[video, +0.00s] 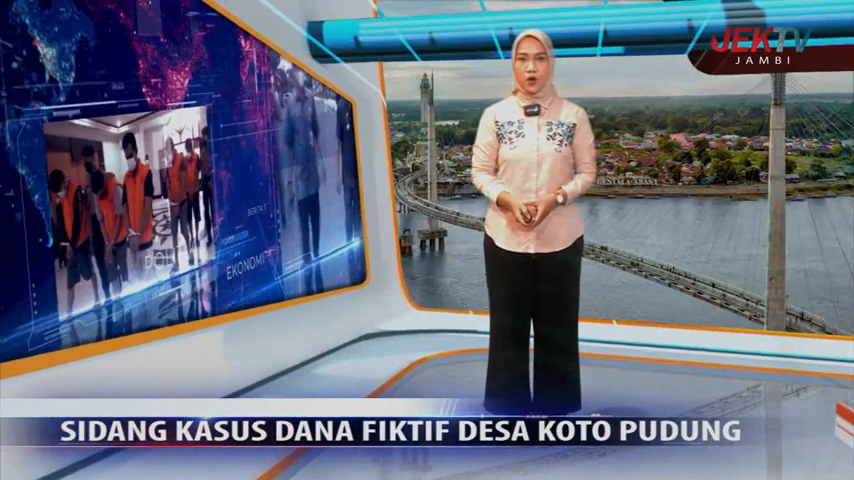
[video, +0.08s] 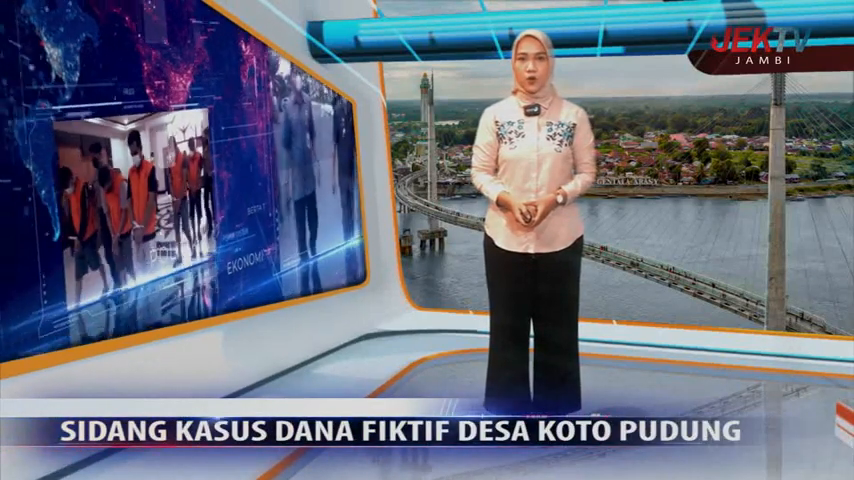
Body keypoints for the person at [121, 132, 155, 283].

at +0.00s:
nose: (128, 159)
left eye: (131, 155)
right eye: (126, 156)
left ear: (136, 151)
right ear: (124, 154)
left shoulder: (146, 173)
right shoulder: (127, 176)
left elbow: (148, 203)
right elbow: (125, 205)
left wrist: (140, 232)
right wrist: (128, 229)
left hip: (145, 235)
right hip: (132, 235)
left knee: (148, 273)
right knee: (134, 275)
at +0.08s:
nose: (133, 154)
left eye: (135, 150)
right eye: (131, 150)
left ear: (140, 148)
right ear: (129, 150)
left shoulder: (150, 169)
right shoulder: (131, 172)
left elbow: (152, 198)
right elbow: (129, 199)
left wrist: (144, 226)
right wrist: (132, 221)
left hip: (148, 228)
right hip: (136, 228)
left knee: (150, 266)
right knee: (138, 267)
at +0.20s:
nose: (140, 155)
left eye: (142, 152)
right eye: (138, 151)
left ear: (147, 151)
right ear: (136, 152)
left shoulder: (155, 171)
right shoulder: (138, 173)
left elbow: (158, 198)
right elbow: (137, 198)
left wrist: (150, 224)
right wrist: (138, 221)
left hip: (154, 226)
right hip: (142, 225)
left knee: (154, 261)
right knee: (145, 262)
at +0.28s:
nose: (145, 163)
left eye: (148, 159)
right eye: (144, 159)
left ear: (152, 157)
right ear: (142, 158)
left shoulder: (160, 174)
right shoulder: (143, 175)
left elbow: (163, 200)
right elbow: (142, 199)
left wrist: (154, 224)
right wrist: (143, 221)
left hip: (157, 225)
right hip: (147, 224)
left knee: (155, 259)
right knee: (149, 259)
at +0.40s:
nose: (151, 161)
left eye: (153, 158)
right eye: (150, 158)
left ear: (158, 158)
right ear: (148, 159)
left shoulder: (165, 177)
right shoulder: (149, 177)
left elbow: (167, 201)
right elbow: (148, 200)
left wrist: (159, 225)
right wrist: (148, 221)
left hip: (161, 226)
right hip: (152, 224)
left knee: (161, 258)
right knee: (154, 257)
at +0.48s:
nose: (155, 161)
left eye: (157, 158)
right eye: (153, 158)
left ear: (161, 158)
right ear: (152, 159)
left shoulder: (169, 178)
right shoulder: (153, 177)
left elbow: (169, 201)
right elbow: (152, 200)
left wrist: (161, 224)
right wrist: (152, 220)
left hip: (165, 226)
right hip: (155, 225)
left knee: (166, 258)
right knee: (157, 258)